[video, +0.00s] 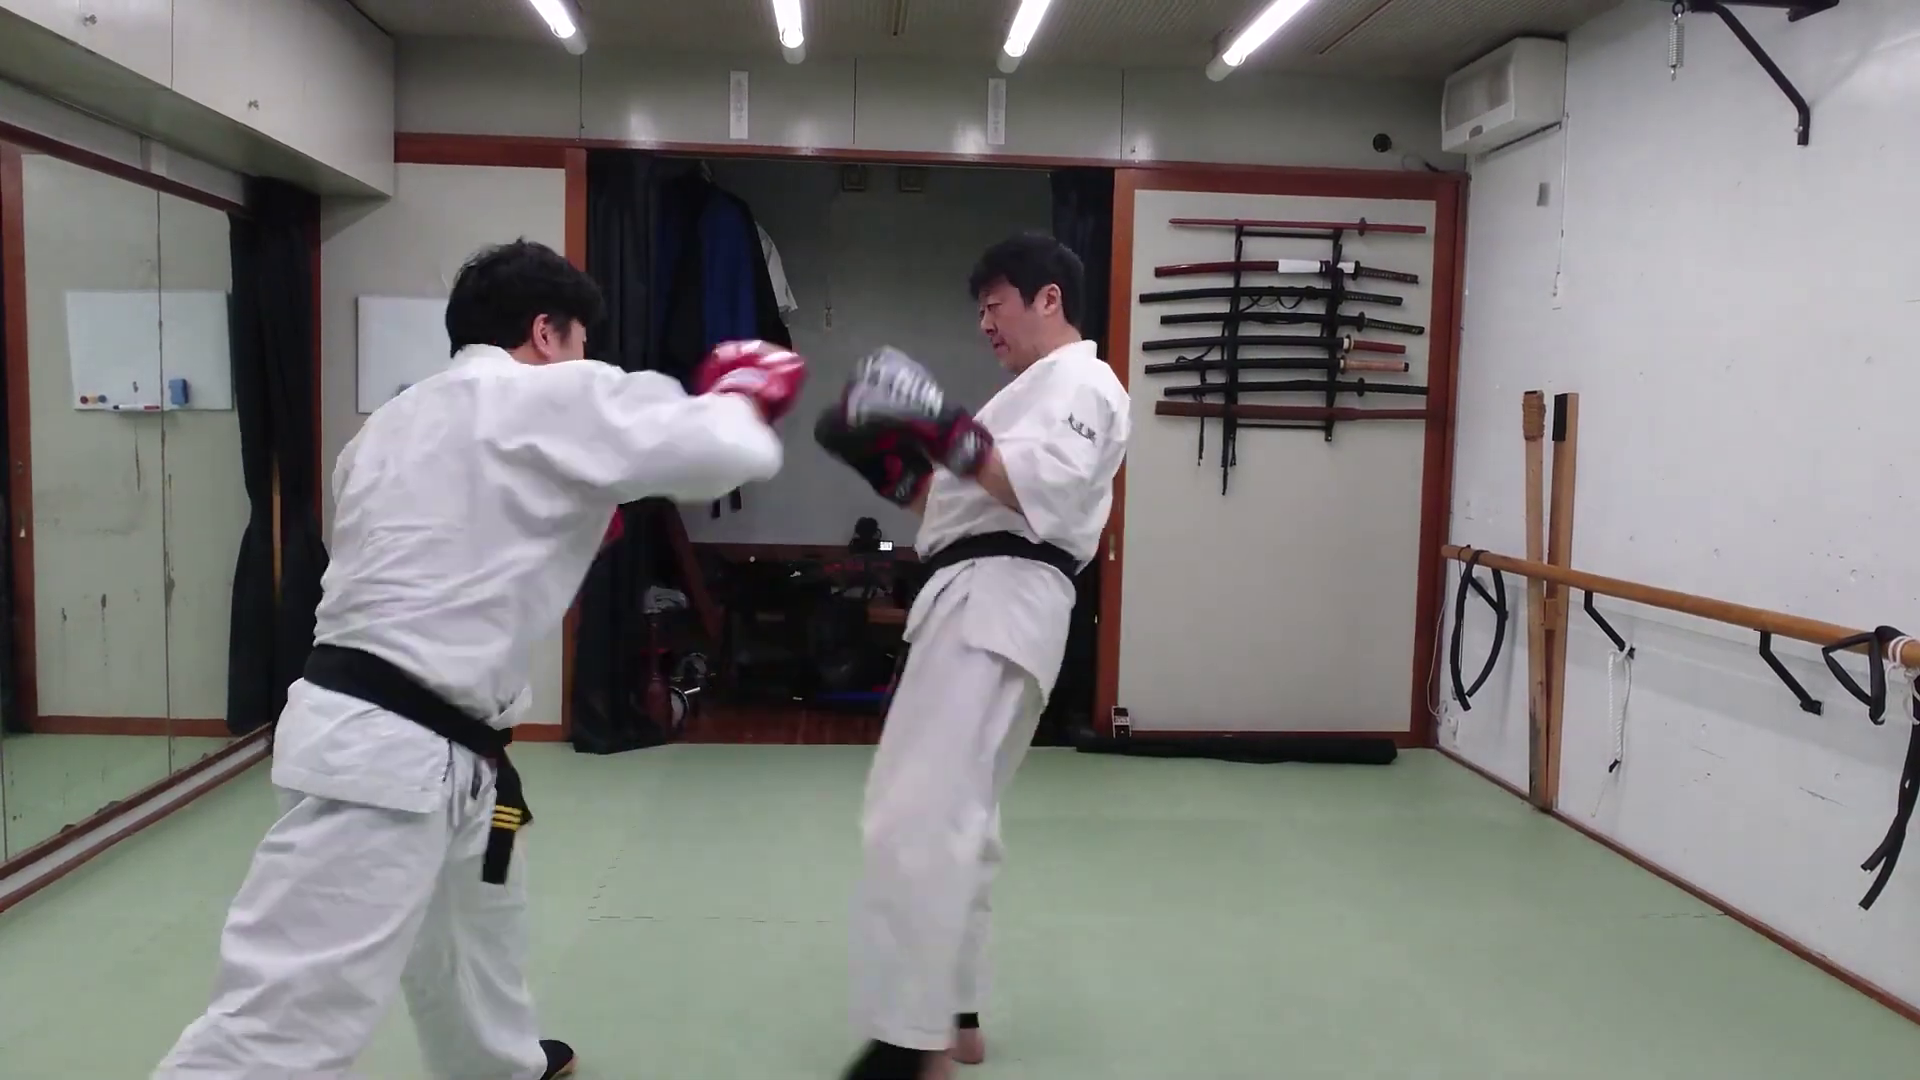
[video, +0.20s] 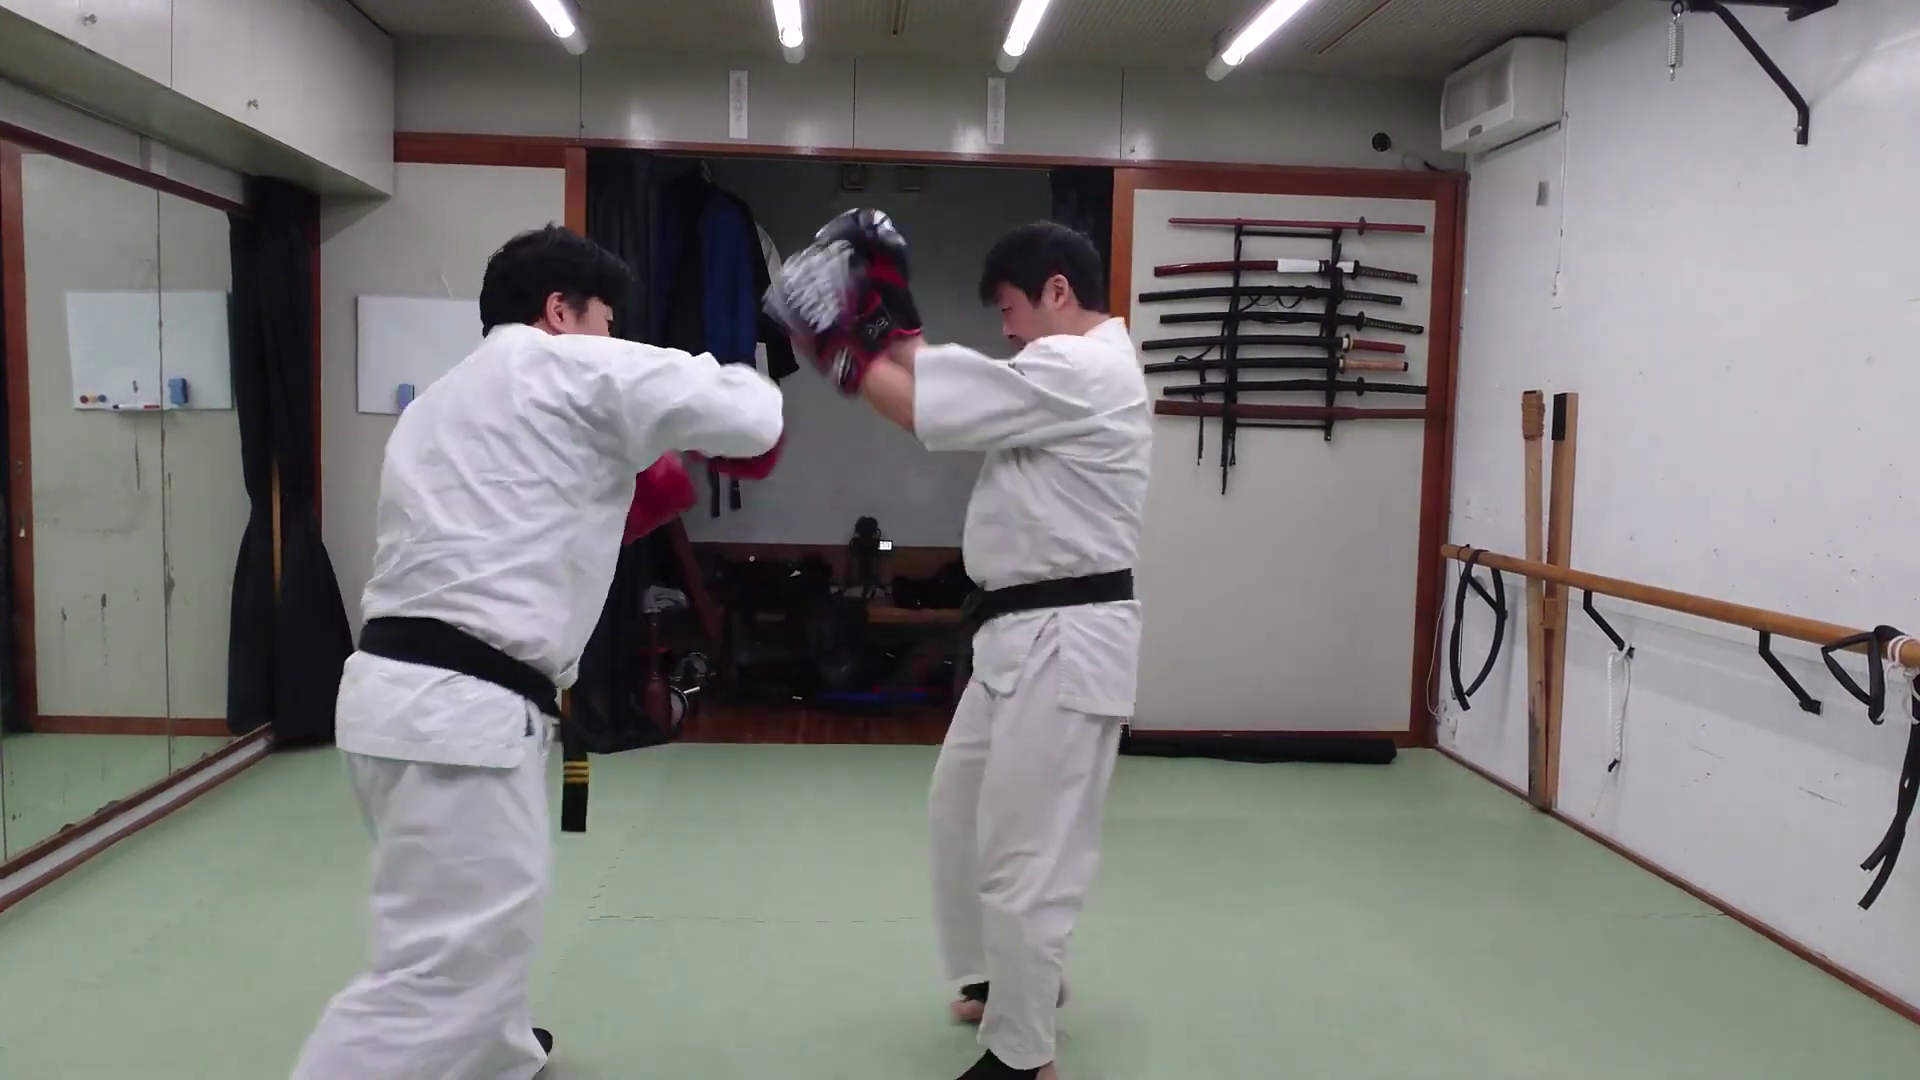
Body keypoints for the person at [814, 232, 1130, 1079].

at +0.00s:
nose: (987, 327)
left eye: (996, 306)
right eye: (983, 312)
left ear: (1048, 299)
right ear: (1042, 307)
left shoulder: (1080, 377)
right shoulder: (1035, 392)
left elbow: (1045, 484)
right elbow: (971, 509)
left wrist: (946, 431)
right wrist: (898, 472)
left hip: (998, 593)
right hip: (982, 592)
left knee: (914, 807)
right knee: (957, 811)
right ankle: (953, 1016)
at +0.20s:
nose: (1005, 333)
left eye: (1012, 311)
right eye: (1001, 316)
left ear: (1060, 292)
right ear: (1063, 296)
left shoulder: (1085, 368)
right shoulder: (1068, 362)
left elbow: (926, 407)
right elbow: (953, 384)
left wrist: (833, 344)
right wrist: (888, 317)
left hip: (1068, 637)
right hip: (1015, 633)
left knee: (1024, 847)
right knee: (958, 813)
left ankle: (1023, 1051)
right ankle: (994, 981)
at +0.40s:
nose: (1053, 316)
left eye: (1066, 298)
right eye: (1052, 301)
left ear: (1121, 297)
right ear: (1113, 299)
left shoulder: (1139, 390)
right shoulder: (1093, 381)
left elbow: (1080, 524)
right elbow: (979, 379)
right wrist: (952, 287)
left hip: (1104, 640)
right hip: (1091, 632)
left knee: (1053, 857)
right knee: (1131, 825)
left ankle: (1026, 1055)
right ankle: (1235, 962)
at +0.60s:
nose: (1119, 329)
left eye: (1134, 309)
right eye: (1110, 314)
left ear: (1188, 302)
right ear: (1111, 317)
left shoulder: (1234, 394)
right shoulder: (1122, 412)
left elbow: (1161, 497)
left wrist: (1031, 477)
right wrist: (1013, 471)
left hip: (1237, 635)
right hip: (1166, 636)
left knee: (1167, 825)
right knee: (1220, 814)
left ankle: (1124, 1035)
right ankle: (1278, 986)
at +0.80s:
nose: (1155, 354)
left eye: (1168, 333)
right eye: (1146, 338)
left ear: (1225, 321)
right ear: (1146, 340)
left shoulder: (1242, 402)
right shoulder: (1205, 402)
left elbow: (1118, 524)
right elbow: (1109, 454)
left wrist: (1028, 581)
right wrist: (1079, 359)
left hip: (1335, 650)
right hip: (1254, 654)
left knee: (1396, 859)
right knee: (1195, 805)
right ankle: (1233, 925)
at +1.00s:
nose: (1168, 365)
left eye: (1176, 346)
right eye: (1161, 351)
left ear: (1228, 333)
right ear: (1225, 340)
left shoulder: (1257, 414)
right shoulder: (1241, 407)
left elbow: (1273, 557)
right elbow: (1211, 526)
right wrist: (1141, 459)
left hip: (1297, 644)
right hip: (1256, 639)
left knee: (1349, 837)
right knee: (1240, 797)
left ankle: (1451, 1027)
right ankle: (1268, 948)